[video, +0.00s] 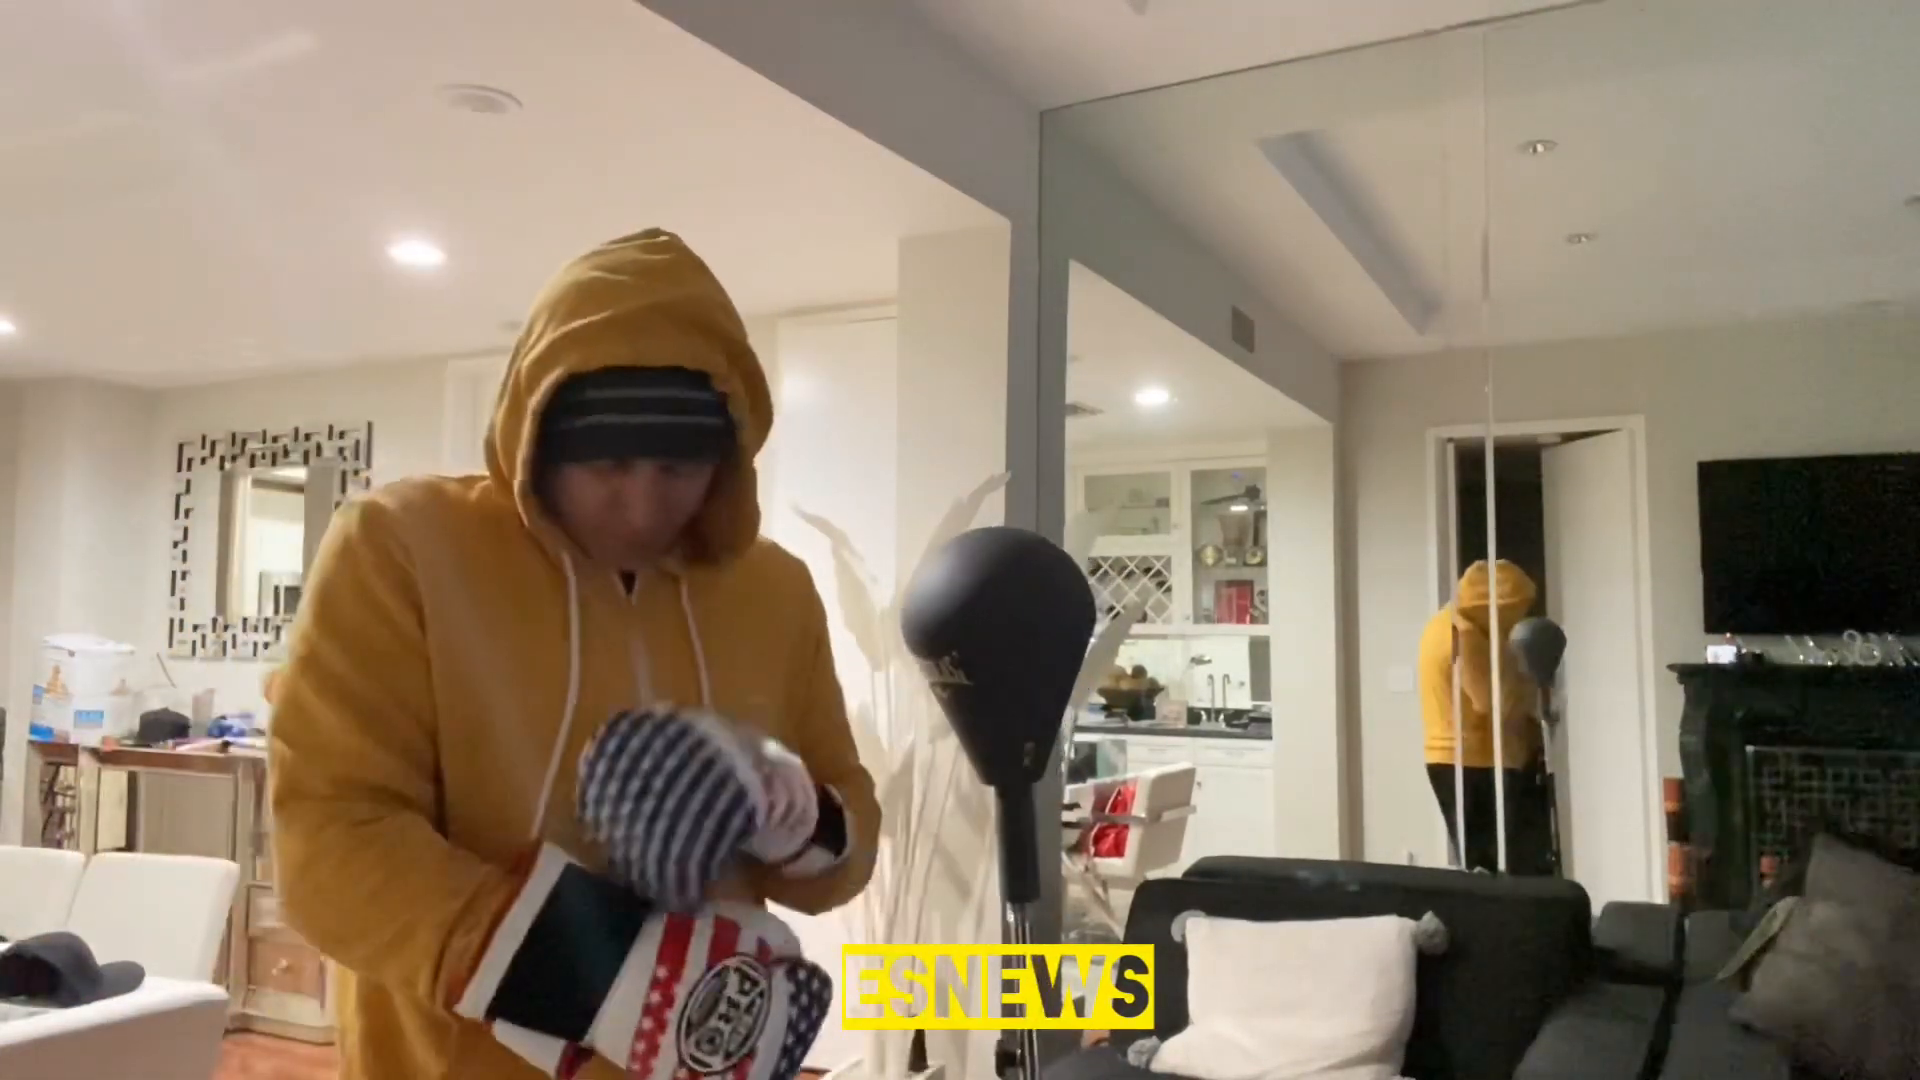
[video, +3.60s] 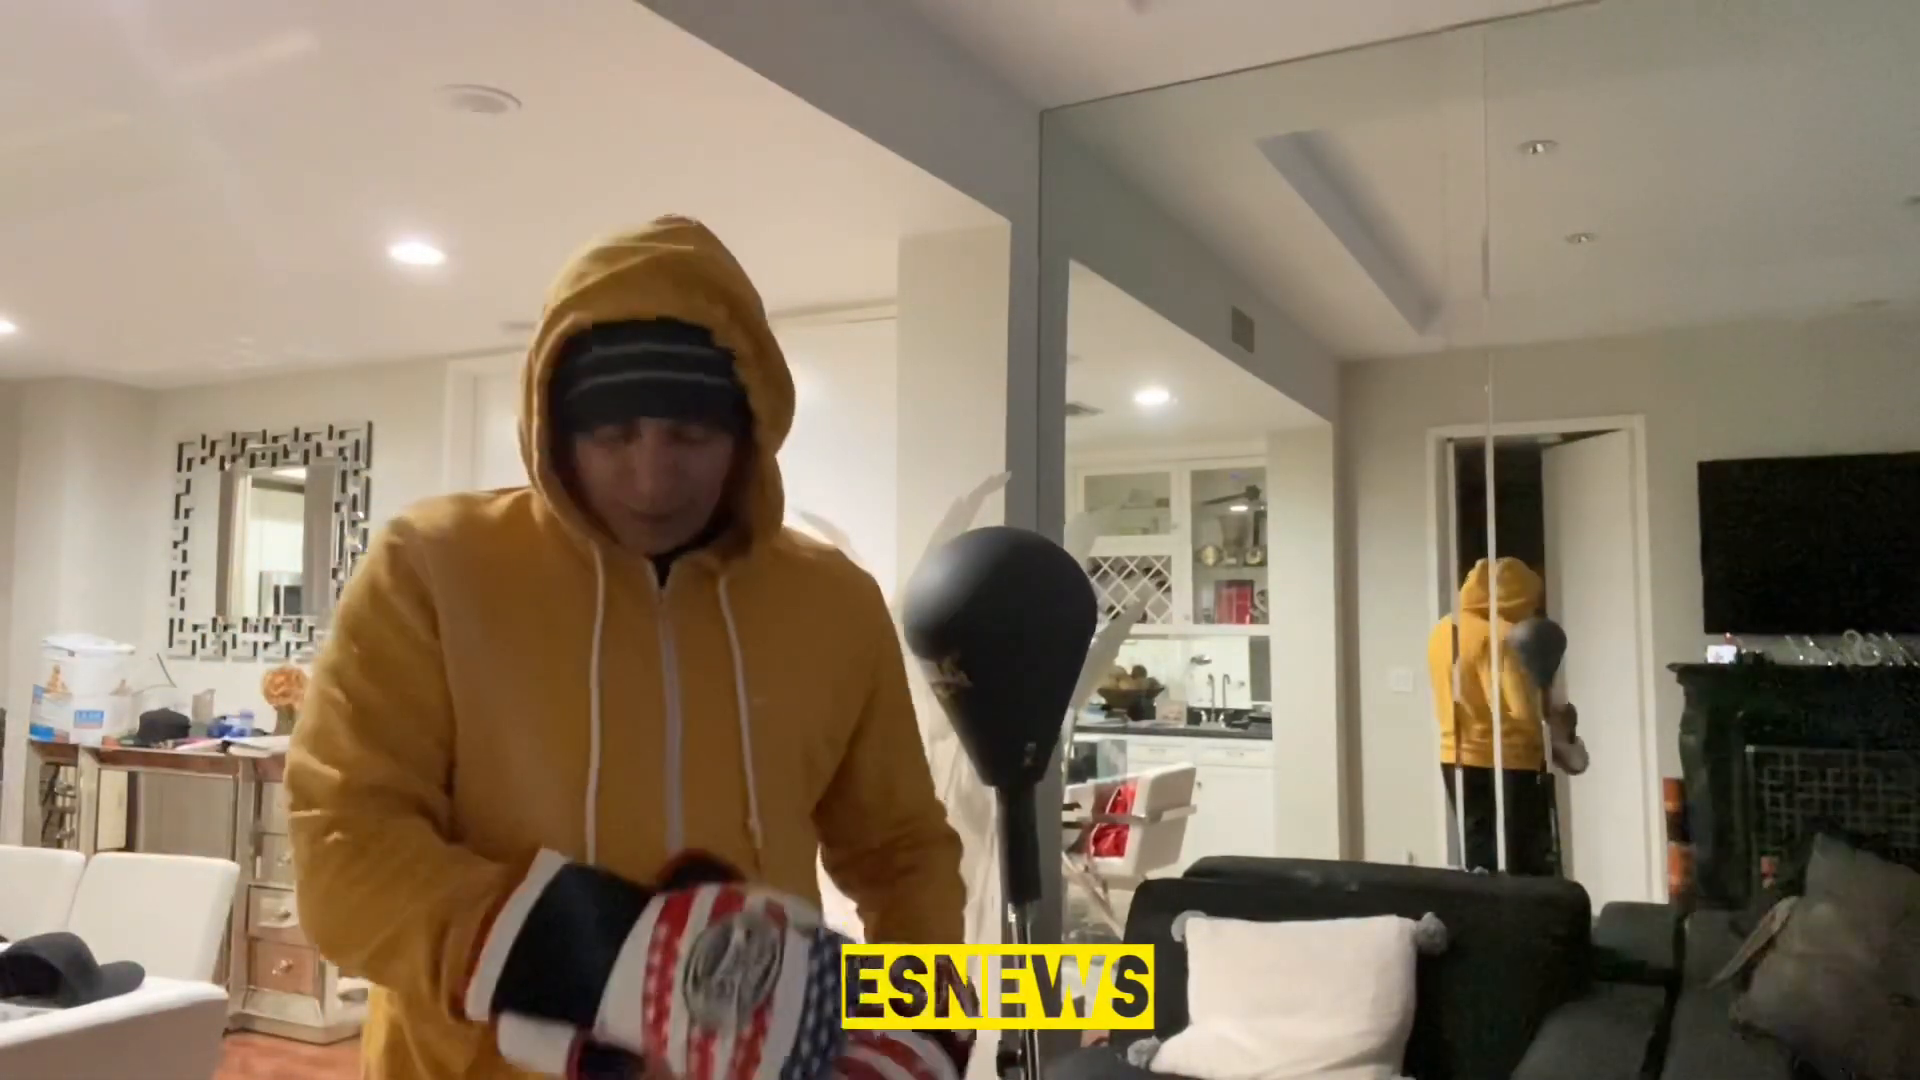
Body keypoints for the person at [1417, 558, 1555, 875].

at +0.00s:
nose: (1517, 619)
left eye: (1521, 610)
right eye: (1517, 609)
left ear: (1475, 596)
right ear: (1496, 604)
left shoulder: (1439, 628)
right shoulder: (1466, 634)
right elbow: (1491, 700)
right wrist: (1527, 686)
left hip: (1449, 763)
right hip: (1478, 765)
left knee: (1478, 865)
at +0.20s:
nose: (1519, 620)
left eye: (1524, 611)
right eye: (1520, 609)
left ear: (1475, 593)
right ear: (1500, 603)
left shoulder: (1439, 627)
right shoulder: (1470, 630)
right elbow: (1507, 696)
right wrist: (1536, 695)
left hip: (1451, 765)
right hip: (1484, 767)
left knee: (1480, 870)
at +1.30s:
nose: (1542, 615)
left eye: (1543, 609)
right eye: (1540, 608)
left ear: (1492, 589)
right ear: (1532, 600)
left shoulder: (1453, 631)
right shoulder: (1519, 629)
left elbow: (1458, 694)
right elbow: (1549, 691)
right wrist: (1580, 677)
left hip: (1462, 762)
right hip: (1514, 765)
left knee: (1475, 855)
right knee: (1524, 858)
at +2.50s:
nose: (1542, 600)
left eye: (1541, 593)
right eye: (1539, 591)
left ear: (1481, 585)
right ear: (1527, 591)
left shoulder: (1453, 631)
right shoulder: (1523, 631)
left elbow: (1453, 692)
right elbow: (1552, 693)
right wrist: (1577, 677)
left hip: (1465, 762)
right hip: (1518, 765)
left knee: (1477, 851)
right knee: (1527, 854)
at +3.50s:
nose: (1528, 600)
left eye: (1528, 593)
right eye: (1525, 592)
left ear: (1471, 588)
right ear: (1514, 592)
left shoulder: (1442, 632)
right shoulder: (1509, 636)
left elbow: (1451, 695)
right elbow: (1538, 704)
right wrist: (1565, 725)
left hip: (1459, 766)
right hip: (1513, 768)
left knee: (1478, 857)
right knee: (1526, 860)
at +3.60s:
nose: (1534, 607)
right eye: (1531, 600)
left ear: (1472, 590)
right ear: (1521, 596)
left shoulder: (1443, 633)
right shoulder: (1529, 637)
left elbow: (1448, 700)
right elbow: (1555, 706)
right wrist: (1565, 744)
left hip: (1460, 763)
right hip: (1519, 765)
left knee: (1477, 851)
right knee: (1529, 854)